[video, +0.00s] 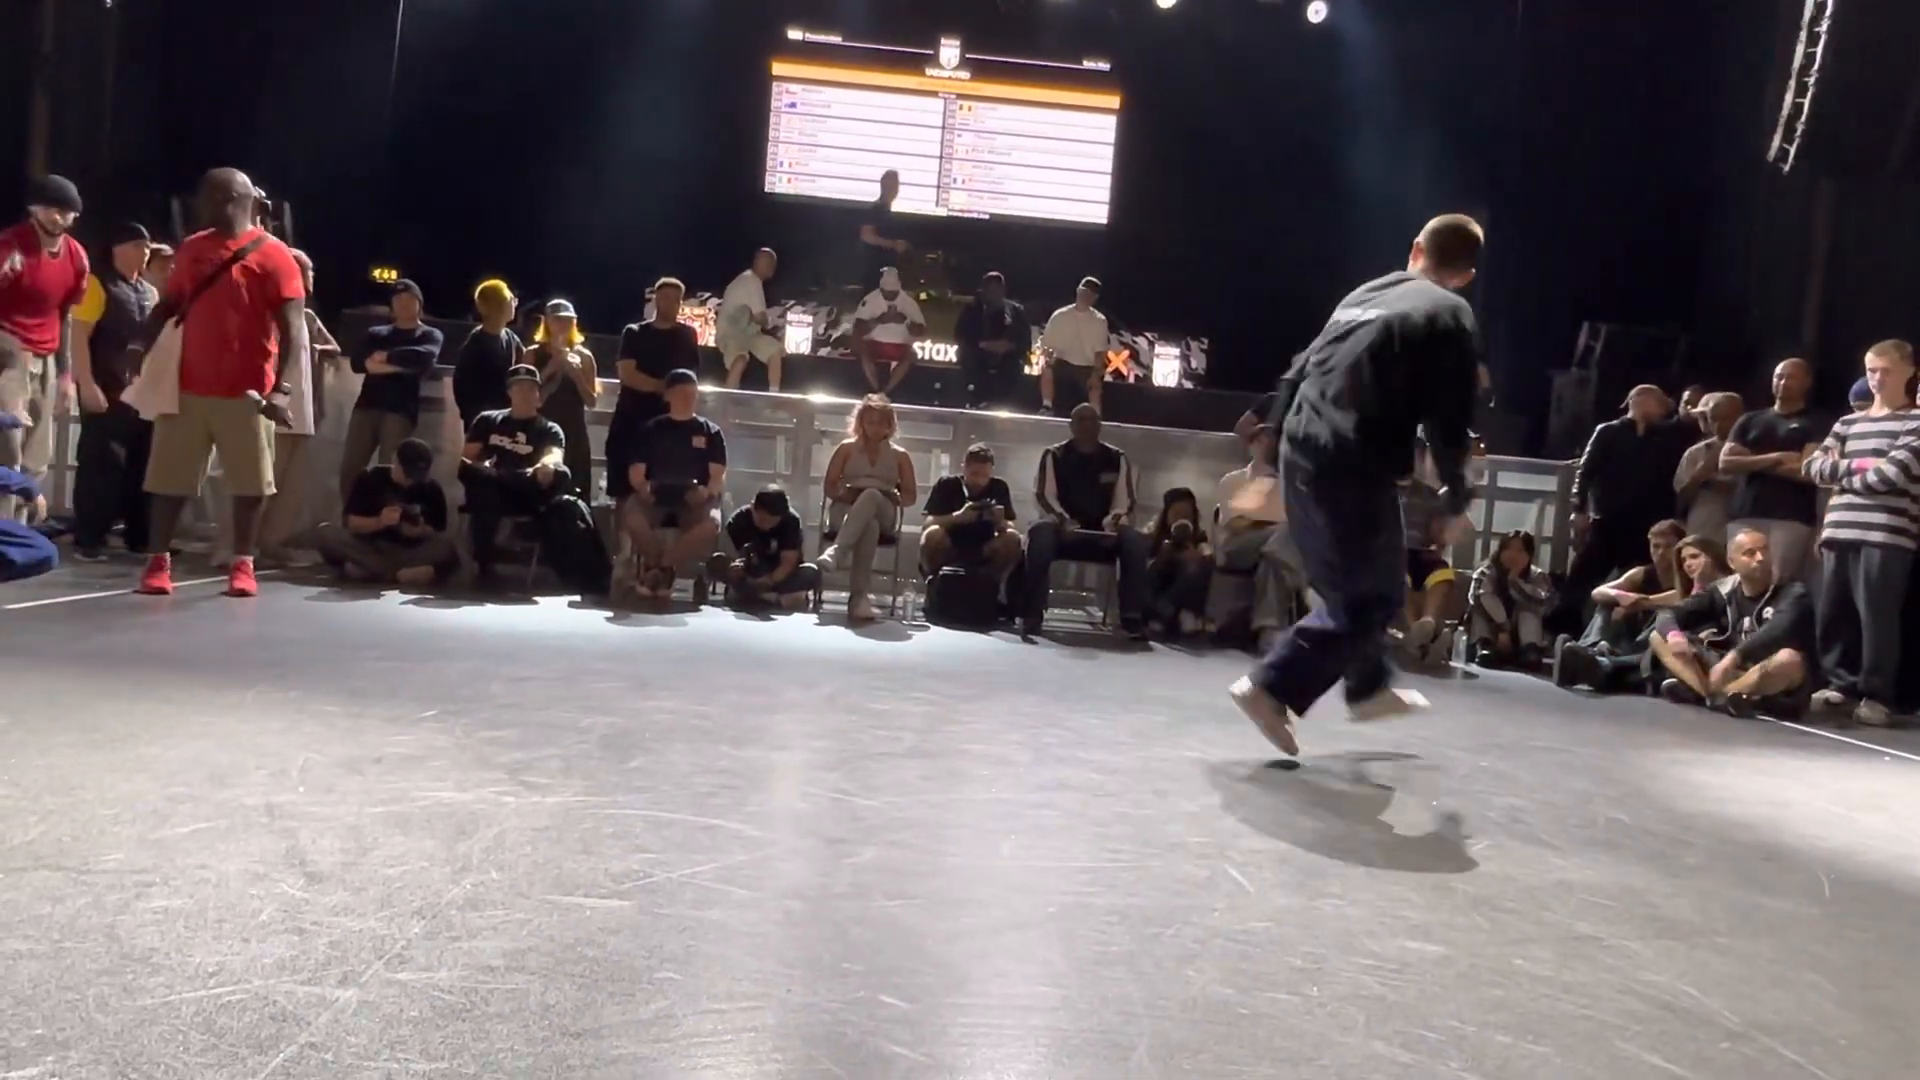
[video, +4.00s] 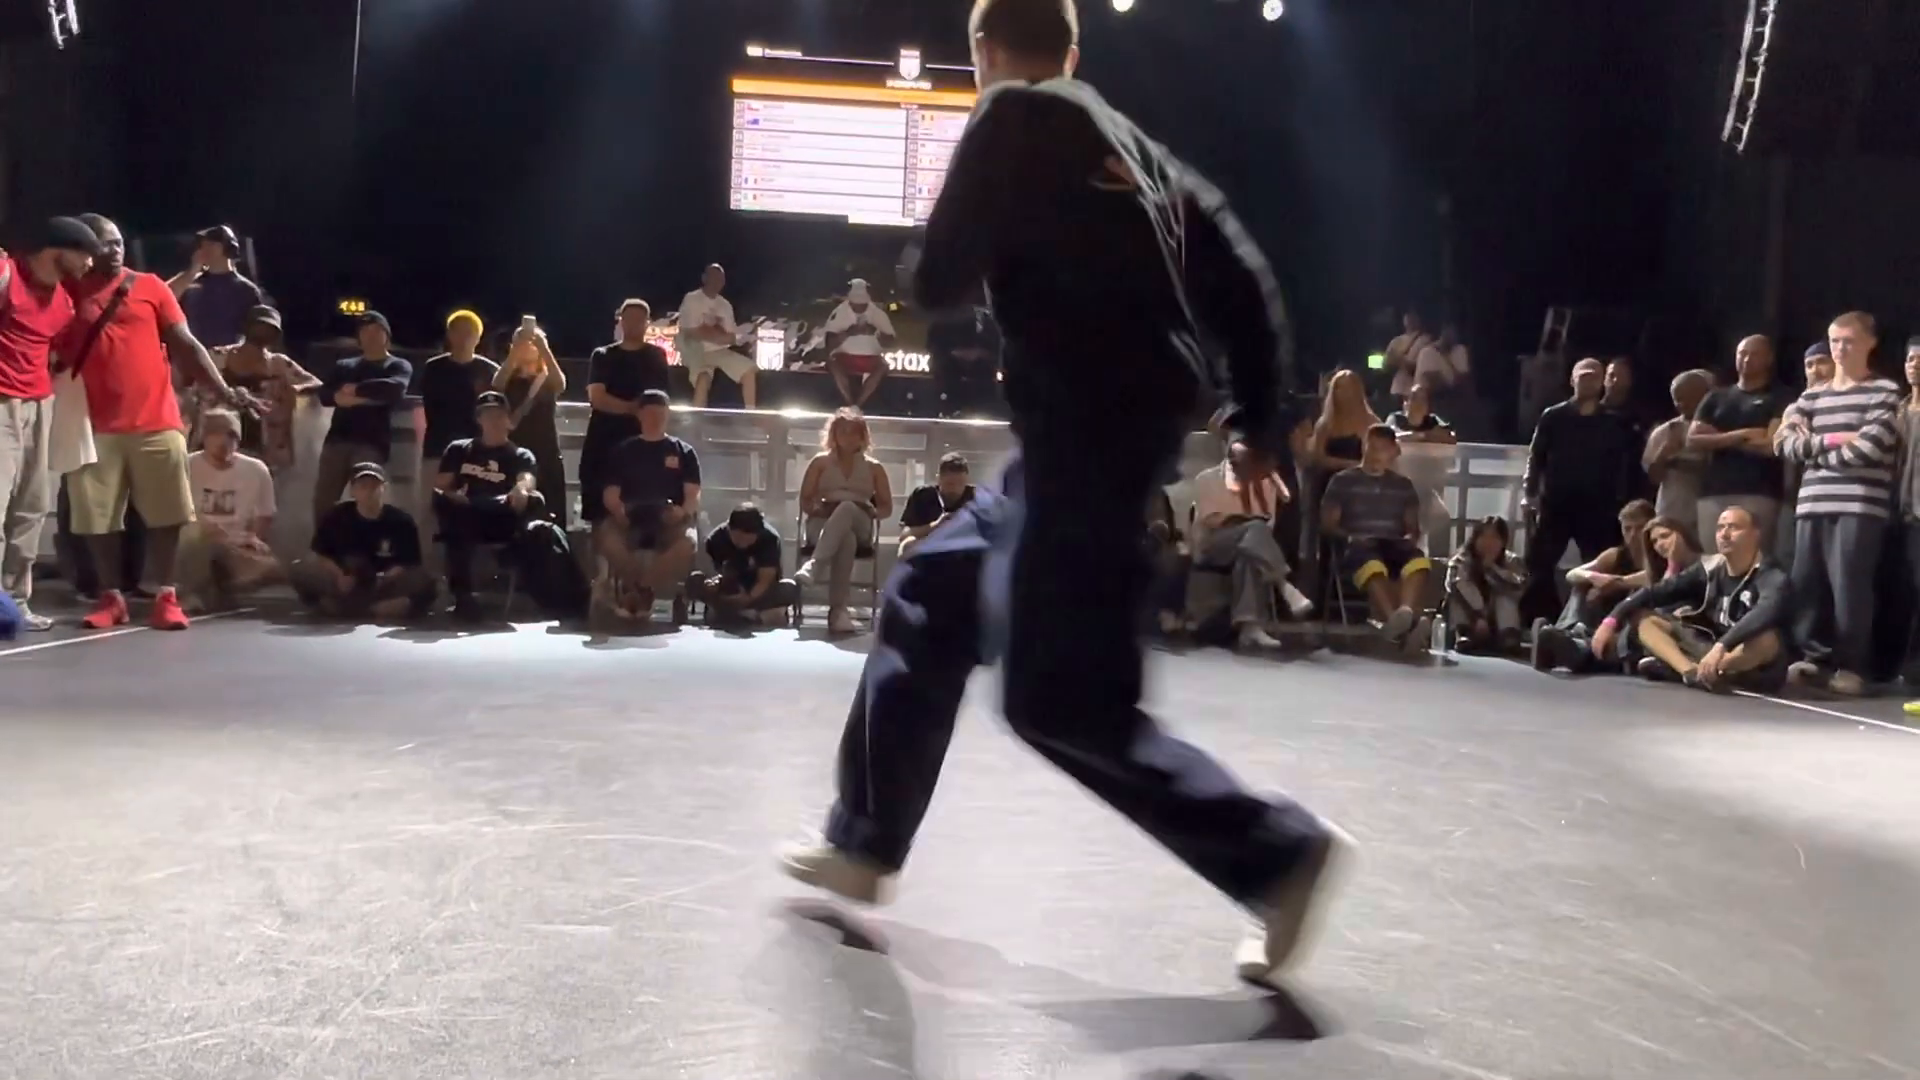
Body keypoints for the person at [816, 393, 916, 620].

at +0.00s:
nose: (875, 428)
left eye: (881, 423)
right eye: (870, 422)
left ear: (890, 425)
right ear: (860, 423)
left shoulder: (899, 456)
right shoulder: (847, 449)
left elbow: (909, 498)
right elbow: (830, 488)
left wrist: (885, 494)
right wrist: (854, 497)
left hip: (884, 518)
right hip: (844, 512)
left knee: (870, 495)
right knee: (869, 524)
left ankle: (836, 550)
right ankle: (859, 597)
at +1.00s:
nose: (875, 427)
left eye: (881, 422)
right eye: (869, 421)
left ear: (889, 426)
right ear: (858, 424)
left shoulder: (898, 457)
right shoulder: (845, 450)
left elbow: (908, 498)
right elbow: (828, 489)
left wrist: (885, 497)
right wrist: (852, 500)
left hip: (882, 518)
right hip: (843, 512)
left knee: (869, 496)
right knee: (867, 524)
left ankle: (834, 551)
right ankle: (857, 600)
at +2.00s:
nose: (874, 427)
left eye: (880, 422)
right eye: (869, 421)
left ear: (889, 425)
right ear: (859, 423)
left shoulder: (898, 457)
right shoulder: (846, 450)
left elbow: (908, 499)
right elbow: (829, 490)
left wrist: (889, 500)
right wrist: (851, 499)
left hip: (883, 518)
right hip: (844, 512)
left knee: (869, 497)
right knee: (869, 527)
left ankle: (834, 553)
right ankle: (857, 600)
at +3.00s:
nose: (864, 434)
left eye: (870, 428)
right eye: (858, 428)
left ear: (878, 433)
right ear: (848, 431)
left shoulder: (888, 466)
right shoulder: (834, 459)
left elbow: (898, 506)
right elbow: (819, 499)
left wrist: (881, 509)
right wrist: (839, 506)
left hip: (873, 526)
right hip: (833, 521)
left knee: (859, 504)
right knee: (859, 535)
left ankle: (825, 561)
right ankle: (848, 607)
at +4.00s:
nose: (850, 437)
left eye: (856, 432)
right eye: (844, 432)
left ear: (863, 436)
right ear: (834, 435)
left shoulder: (874, 468)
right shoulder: (820, 463)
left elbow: (886, 508)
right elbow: (805, 502)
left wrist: (866, 511)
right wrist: (825, 511)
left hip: (861, 529)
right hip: (822, 525)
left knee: (846, 508)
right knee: (847, 538)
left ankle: (813, 565)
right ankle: (838, 611)